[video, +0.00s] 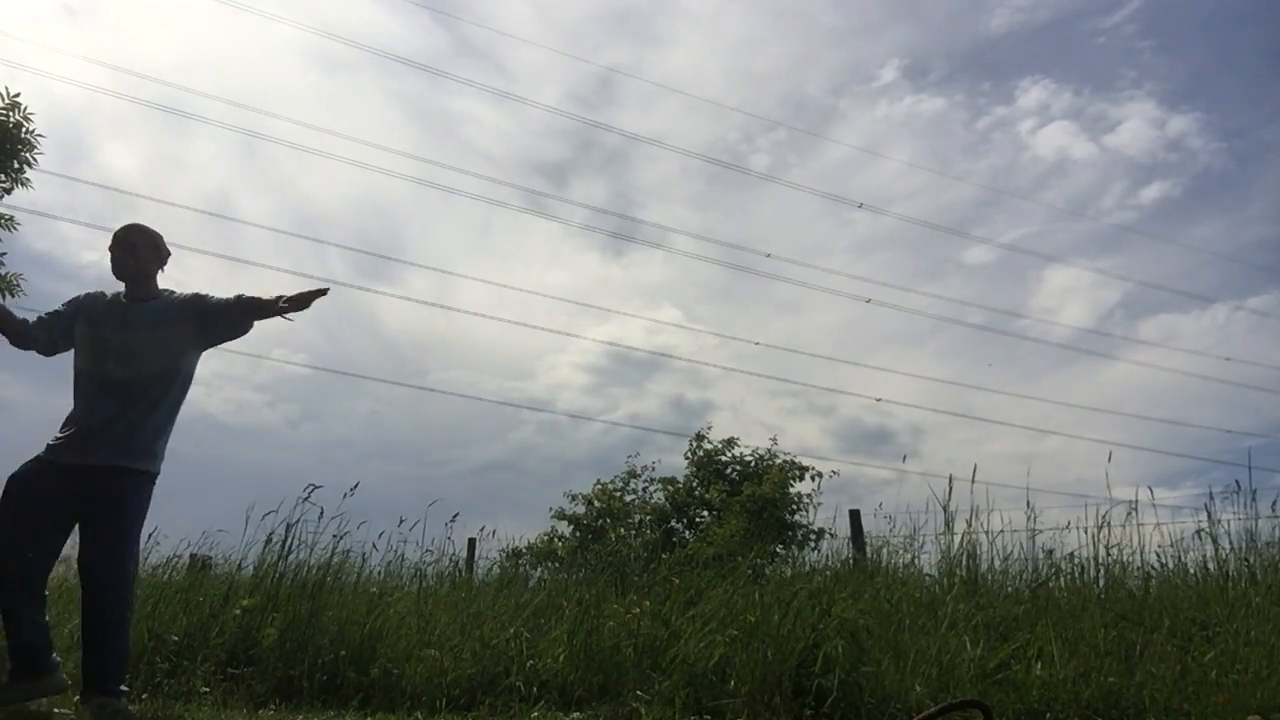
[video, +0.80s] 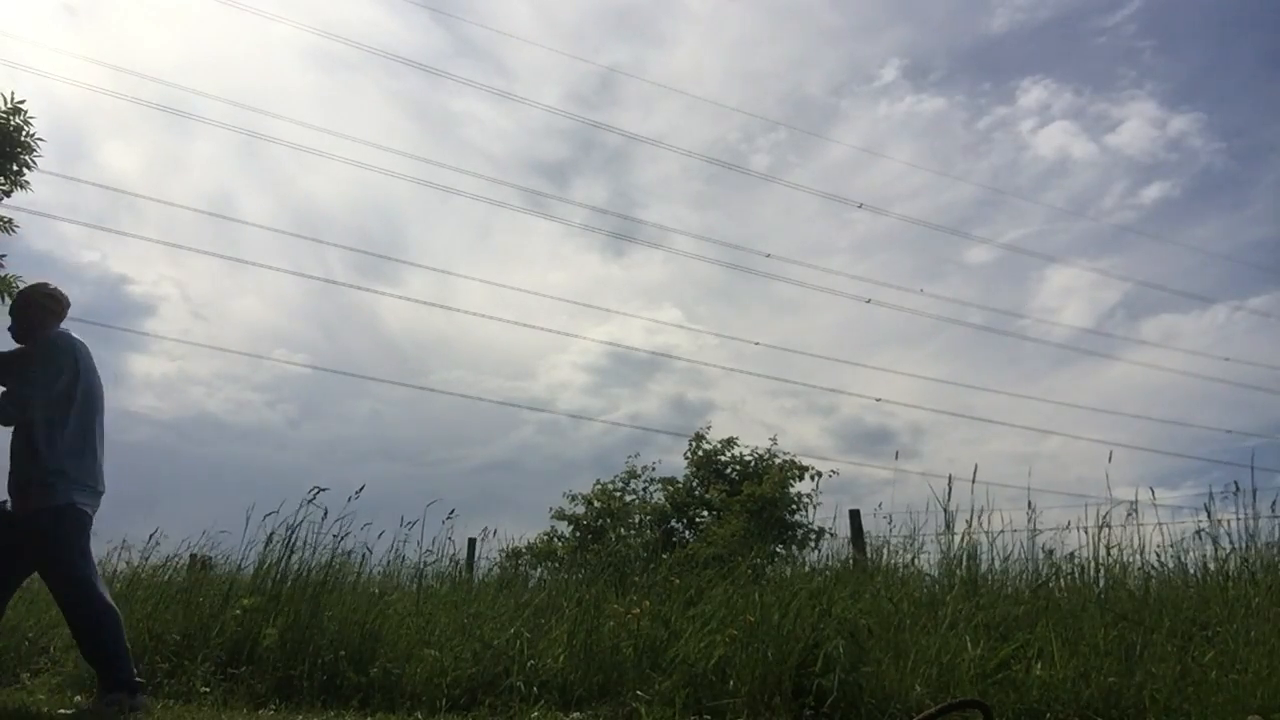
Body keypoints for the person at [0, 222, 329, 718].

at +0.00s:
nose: (123, 257)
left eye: (135, 249)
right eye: (117, 249)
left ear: (159, 259)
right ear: (109, 259)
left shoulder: (184, 312)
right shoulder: (89, 309)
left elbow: (235, 308)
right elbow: (34, 335)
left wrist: (279, 305)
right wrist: (2, 312)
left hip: (129, 466)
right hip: (68, 456)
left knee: (108, 578)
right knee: (13, 539)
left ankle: (104, 693)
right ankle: (33, 668)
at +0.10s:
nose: (113, 261)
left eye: (124, 251)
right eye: (107, 254)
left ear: (151, 261)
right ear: (102, 266)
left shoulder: (171, 310)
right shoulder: (86, 309)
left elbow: (210, 318)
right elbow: (23, 306)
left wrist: (206, 331)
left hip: (123, 473)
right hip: (61, 461)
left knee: (104, 582)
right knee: (7, 556)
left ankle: (106, 692)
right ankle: (8, 669)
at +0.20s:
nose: (93, 265)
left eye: (103, 258)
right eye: (92, 260)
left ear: (133, 270)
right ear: (94, 274)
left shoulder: (161, 318)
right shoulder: (83, 317)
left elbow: (131, 363)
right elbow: (30, 301)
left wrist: (66, 372)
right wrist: (62, 227)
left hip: (114, 470)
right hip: (56, 461)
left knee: (86, 564)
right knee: (10, 554)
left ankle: (105, 690)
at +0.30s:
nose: (87, 288)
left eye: (96, 280)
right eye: (84, 281)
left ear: (120, 286)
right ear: (84, 289)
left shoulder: (138, 330)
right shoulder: (77, 330)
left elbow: (78, 368)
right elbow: (33, 332)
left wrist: (19, 387)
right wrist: (71, 288)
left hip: (92, 477)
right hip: (45, 472)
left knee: (69, 576)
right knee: (5, 566)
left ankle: (104, 693)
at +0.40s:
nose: (63, 298)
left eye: (71, 290)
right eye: (63, 290)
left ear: (97, 295)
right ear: (69, 297)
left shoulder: (110, 339)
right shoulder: (71, 342)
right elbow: (14, 353)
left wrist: (42, 351)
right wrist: (37, 319)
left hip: (69, 485)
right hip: (32, 482)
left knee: (52, 586)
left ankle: (96, 693)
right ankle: (91, 690)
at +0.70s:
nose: (5, 317)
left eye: (12, 308)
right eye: (6, 309)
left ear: (36, 309)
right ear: (38, 311)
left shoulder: (59, 346)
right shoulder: (37, 354)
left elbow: (26, 411)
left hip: (64, 494)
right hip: (38, 497)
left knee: (83, 591)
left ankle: (122, 688)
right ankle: (118, 686)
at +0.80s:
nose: (11, 324)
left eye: (16, 314)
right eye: (13, 315)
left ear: (35, 313)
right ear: (52, 315)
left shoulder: (56, 348)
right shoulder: (65, 355)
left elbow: (20, 404)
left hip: (54, 497)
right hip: (54, 499)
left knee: (79, 594)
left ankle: (121, 690)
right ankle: (119, 689)